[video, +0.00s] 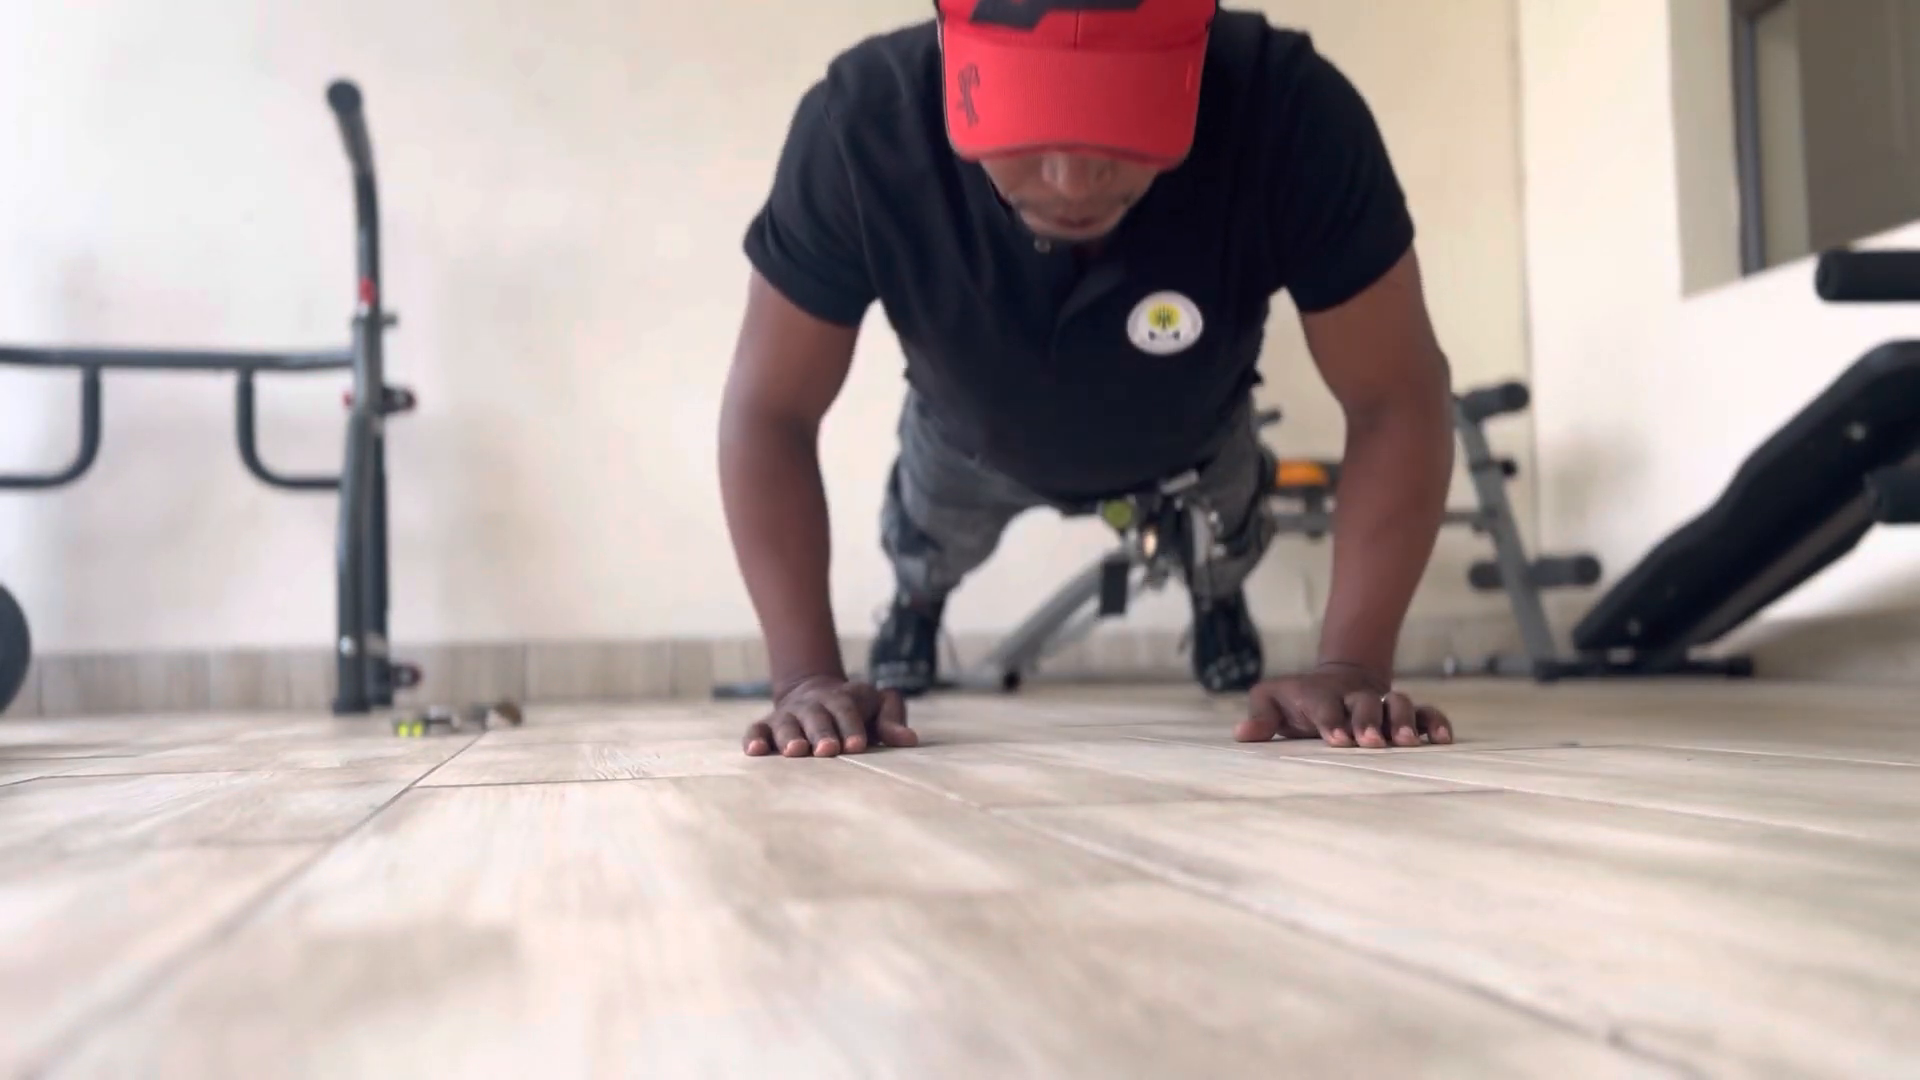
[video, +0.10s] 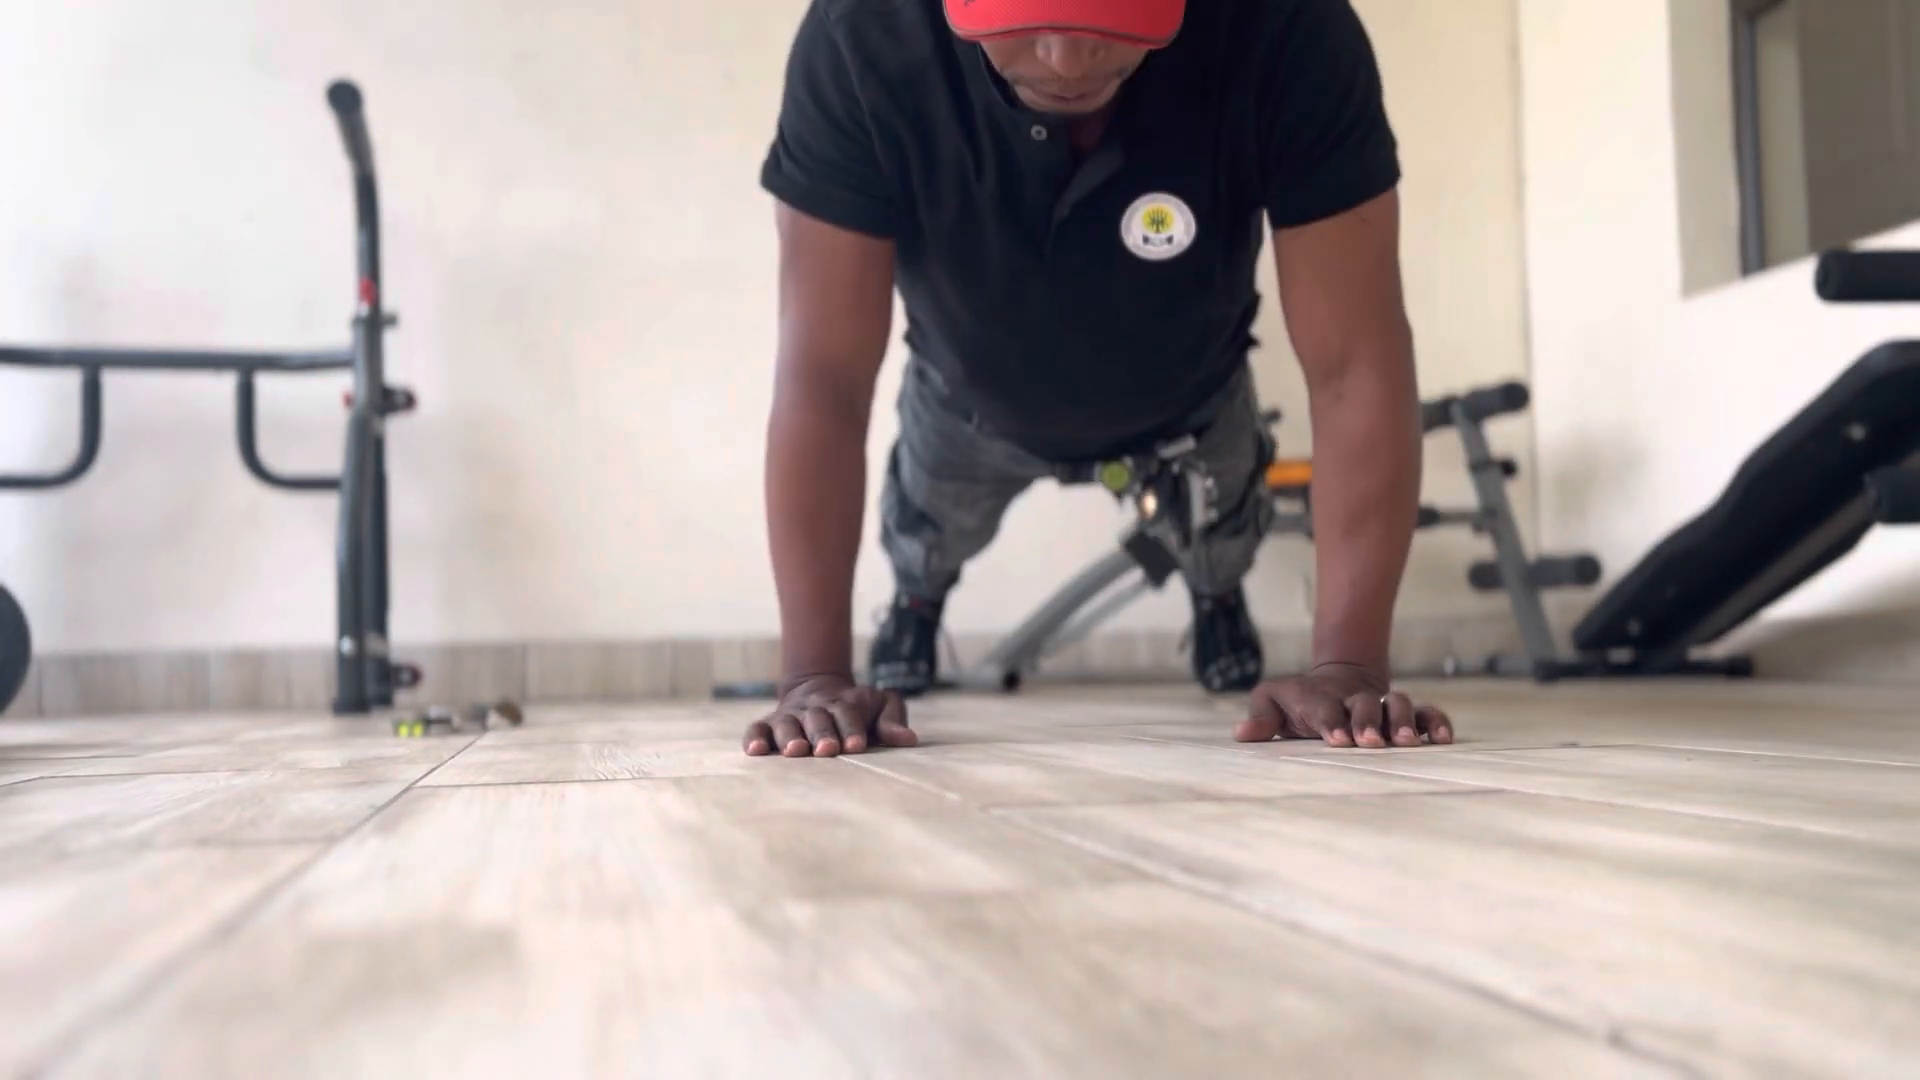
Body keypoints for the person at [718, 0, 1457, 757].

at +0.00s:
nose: (1068, 179)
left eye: (1114, 142)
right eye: (1026, 140)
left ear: (1181, 84)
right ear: (959, 79)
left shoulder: (1289, 115)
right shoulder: (864, 126)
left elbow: (1399, 397)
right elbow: (768, 413)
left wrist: (1350, 668)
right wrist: (803, 682)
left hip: (1194, 436)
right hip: (974, 443)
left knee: (1222, 535)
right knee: (933, 546)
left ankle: (1220, 608)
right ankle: (918, 617)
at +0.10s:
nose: (1063, 60)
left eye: (1107, 28)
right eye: (1023, 25)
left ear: (1175, 7)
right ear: (954, 2)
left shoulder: (1288, 33)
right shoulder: (863, 41)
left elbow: (1357, 364)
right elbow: (821, 378)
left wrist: (1346, 669)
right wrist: (810, 676)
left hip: (1187, 391)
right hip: (974, 393)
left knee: (1219, 523)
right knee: (933, 527)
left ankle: (1220, 605)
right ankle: (918, 611)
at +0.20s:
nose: (1066, 67)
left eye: (1112, 40)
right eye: (1021, 38)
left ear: (1182, 7)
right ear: (956, 8)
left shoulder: (1288, 29)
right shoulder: (859, 40)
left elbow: (1356, 364)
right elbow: (815, 379)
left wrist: (1347, 667)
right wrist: (809, 678)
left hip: (1185, 390)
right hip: (972, 393)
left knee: (1219, 521)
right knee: (932, 529)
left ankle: (1220, 605)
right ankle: (919, 612)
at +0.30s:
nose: (1076, 146)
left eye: (1117, 114)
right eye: (1033, 116)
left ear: (1183, 44)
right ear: (956, 41)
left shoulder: (1281, 56)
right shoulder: (862, 66)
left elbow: (1378, 382)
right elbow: (790, 393)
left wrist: (1347, 668)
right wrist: (804, 678)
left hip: (1184, 404)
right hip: (971, 407)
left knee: (1218, 532)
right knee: (930, 535)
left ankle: (1219, 607)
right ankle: (919, 615)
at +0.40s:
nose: (1072, 344)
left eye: (1120, 304)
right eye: (1038, 300)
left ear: (1208, 170)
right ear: (952, 169)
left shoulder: (1291, 166)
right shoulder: (862, 179)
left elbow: (1415, 411)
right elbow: (751, 431)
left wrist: (1354, 670)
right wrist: (801, 682)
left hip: (1189, 447)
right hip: (965, 457)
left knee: (1220, 535)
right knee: (930, 552)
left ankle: (1219, 607)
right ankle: (917, 619)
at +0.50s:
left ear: (1213, 284)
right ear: (947, 285)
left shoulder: (1297, 268)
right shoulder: (858, 278)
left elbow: (1432, 436)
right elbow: (729, 456)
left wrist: (1356, 670)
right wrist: (797, 682)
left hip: (1193, 483)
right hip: (961, 492)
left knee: (1219, 544)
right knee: (926, 566)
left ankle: (1214, 595)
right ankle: (916, 609)